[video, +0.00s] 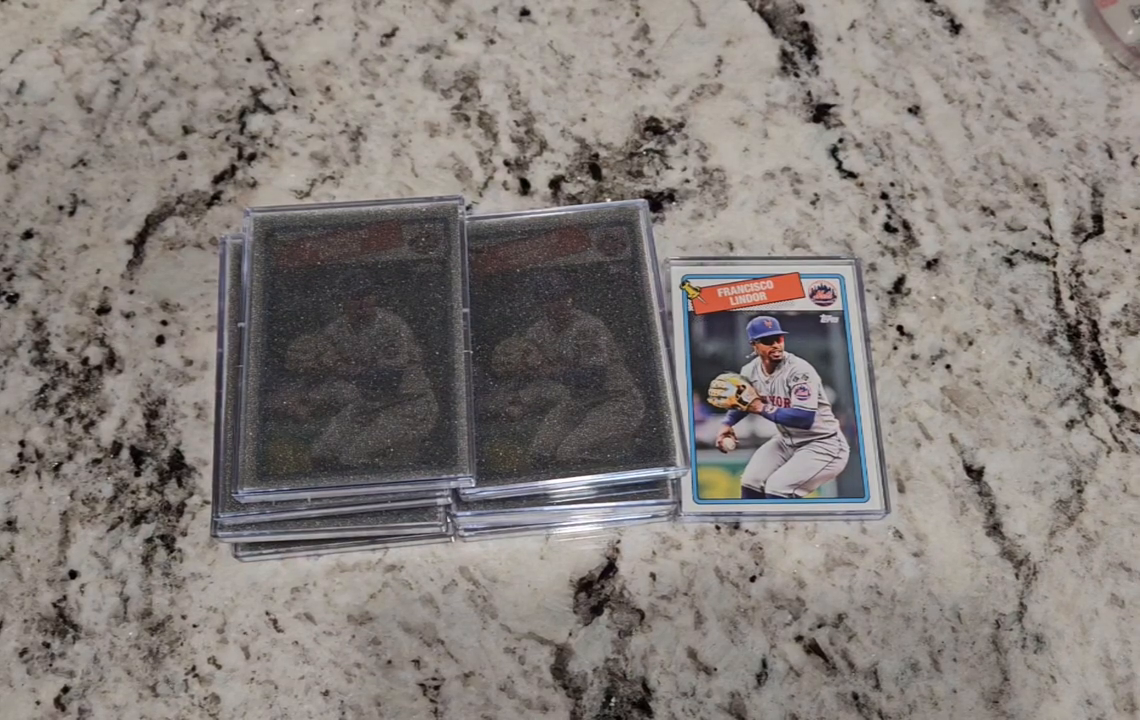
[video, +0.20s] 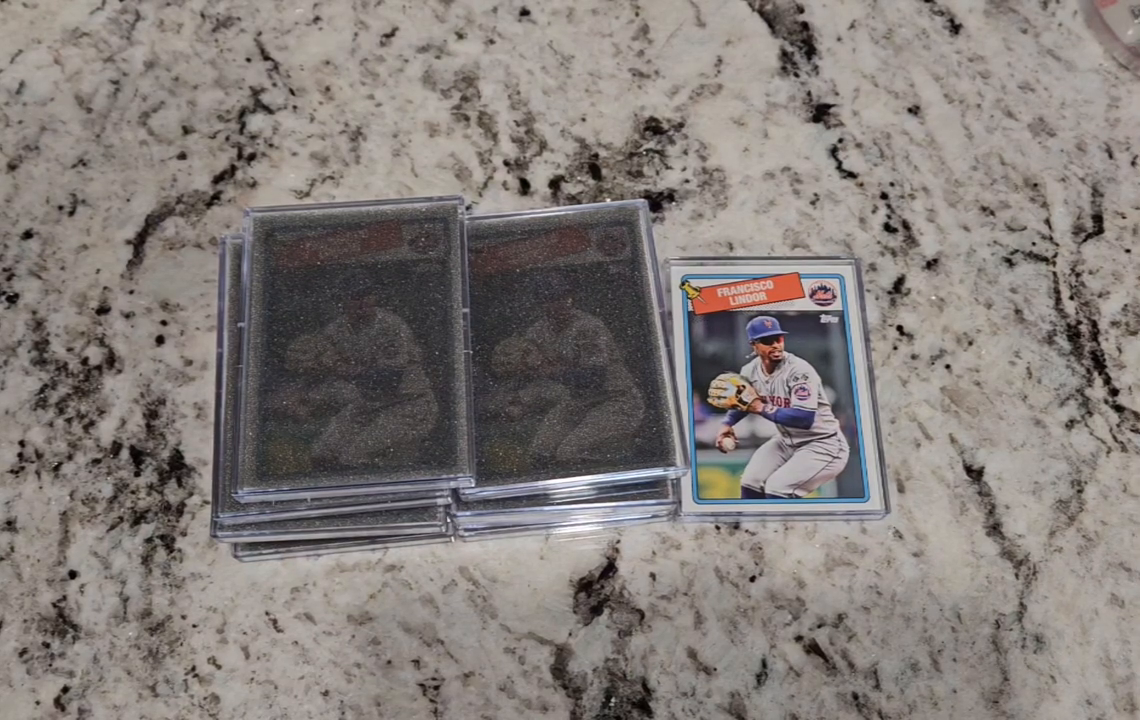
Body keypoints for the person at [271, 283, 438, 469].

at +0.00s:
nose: (361, 305)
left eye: (366, 297)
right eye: (355, 299)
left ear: (375, 298)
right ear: (344, 303)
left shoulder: (393, 326)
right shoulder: (337, 331)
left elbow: (393, 378)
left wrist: (348, 370)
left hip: (413, 405)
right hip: (371, 403)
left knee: (357, 450)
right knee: (324, 449)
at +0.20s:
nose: (362, 302)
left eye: (366, 295)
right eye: (355, 297)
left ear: (375, 297)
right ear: (345, 301)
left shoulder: (393, 327)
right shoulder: (337, 331)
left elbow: (391, 378)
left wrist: (346, 372)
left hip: (413, 404)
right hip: (371, 404)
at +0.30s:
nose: (362, 302)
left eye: (366, 295)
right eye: (356, 297)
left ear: (375, 297)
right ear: (346, 301)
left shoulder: (393, 327)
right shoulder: (338, 331)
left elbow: (391, 380)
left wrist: (346, 372)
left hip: (413, 405)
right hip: (372, 403)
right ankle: (320, 458)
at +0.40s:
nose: (361, 303)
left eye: (365, 296)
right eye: (355, 297)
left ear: (375, 297)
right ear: (344, 302)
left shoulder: (393, 327)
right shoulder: (337, 331)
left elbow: (391, 379)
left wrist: (343, 370)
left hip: (412, 405)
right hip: (369, 404)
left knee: (356, 450)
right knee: (324, 450)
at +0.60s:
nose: (361, 303)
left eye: (365, 296)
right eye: (355, 298)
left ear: (374, 297)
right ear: (345, 302)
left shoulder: (393, 327)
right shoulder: (337, 331)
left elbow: (390, 381)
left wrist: (344, 370)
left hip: (413, 405)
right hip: (371, 403)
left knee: (355, 452)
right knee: (324, 451)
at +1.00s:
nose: (362, 303)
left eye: (366, 296)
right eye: (355, 298)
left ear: (375, 297)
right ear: (345, 303)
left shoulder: (393, 327)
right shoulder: (337, 330)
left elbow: (390, 378)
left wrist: (347, 370)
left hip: (412, 406)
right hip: (369, 403)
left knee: (353, 455)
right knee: (323, 451)